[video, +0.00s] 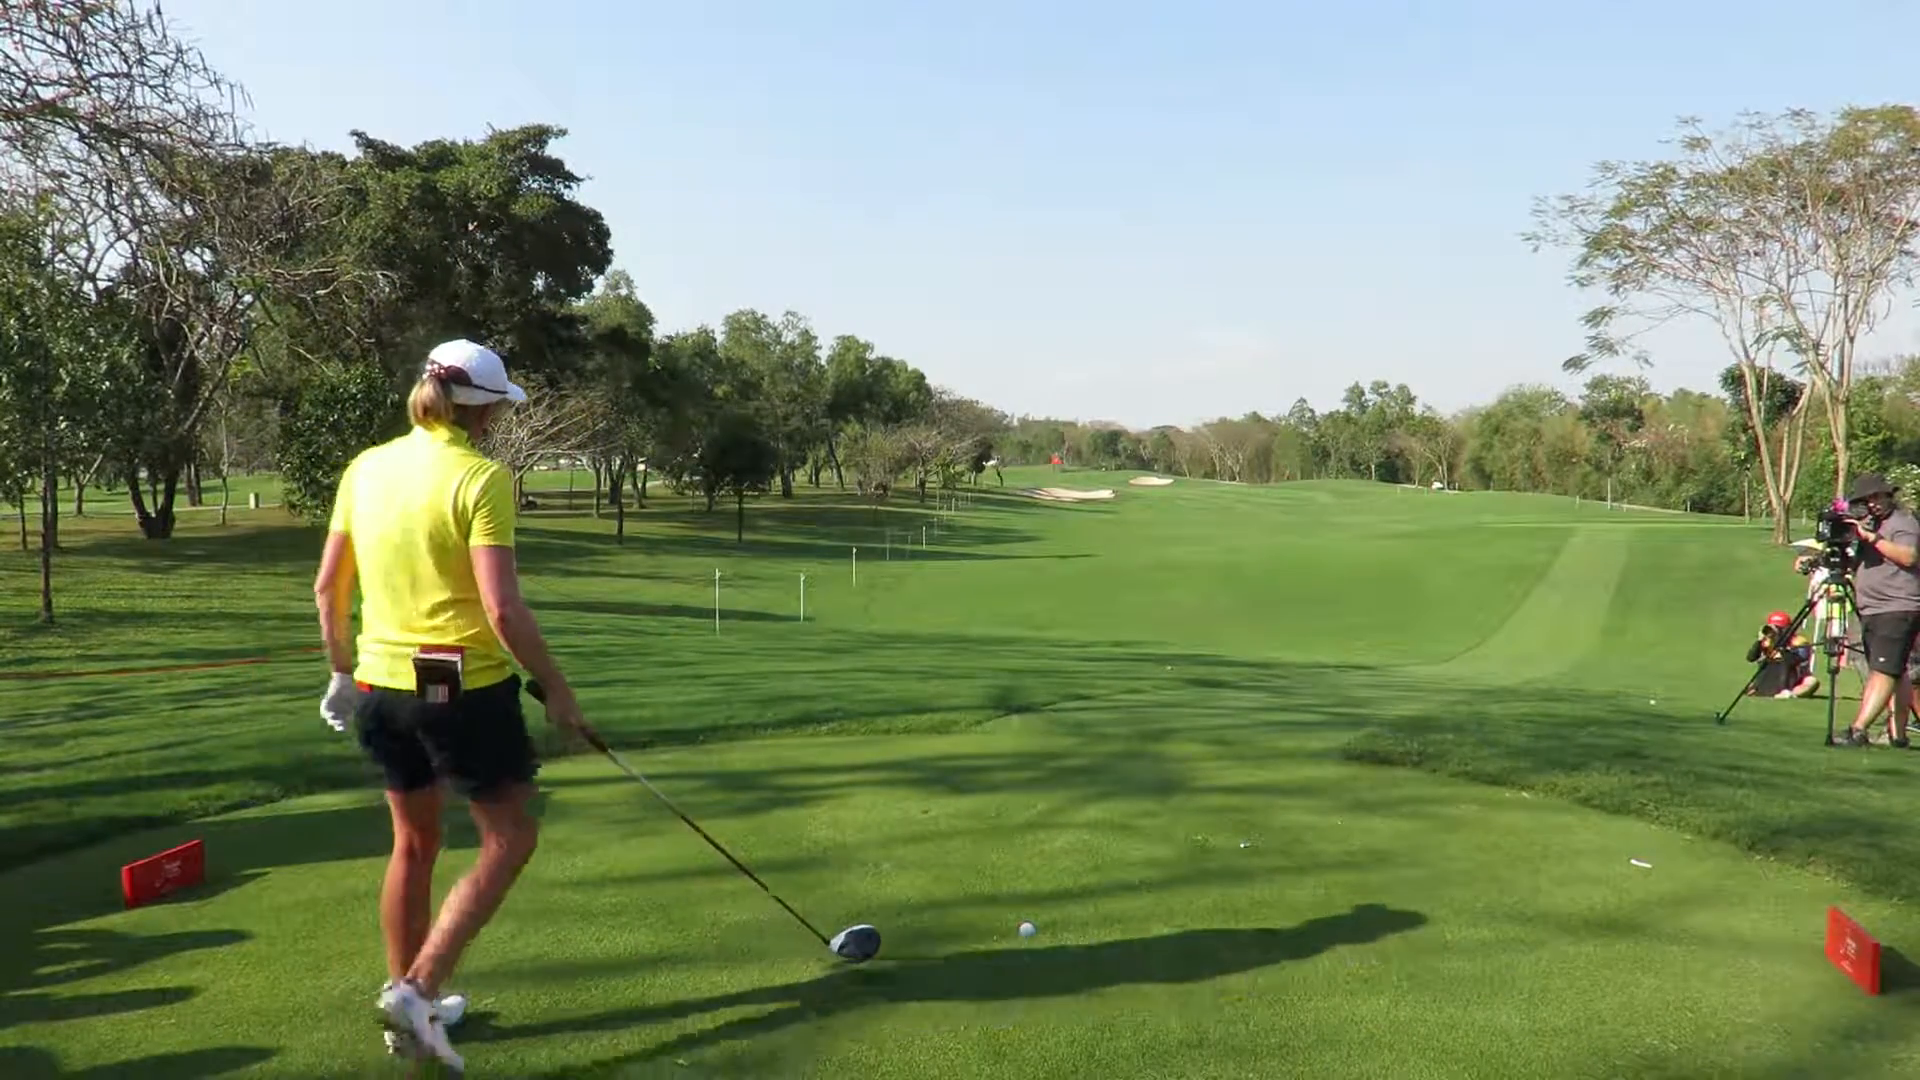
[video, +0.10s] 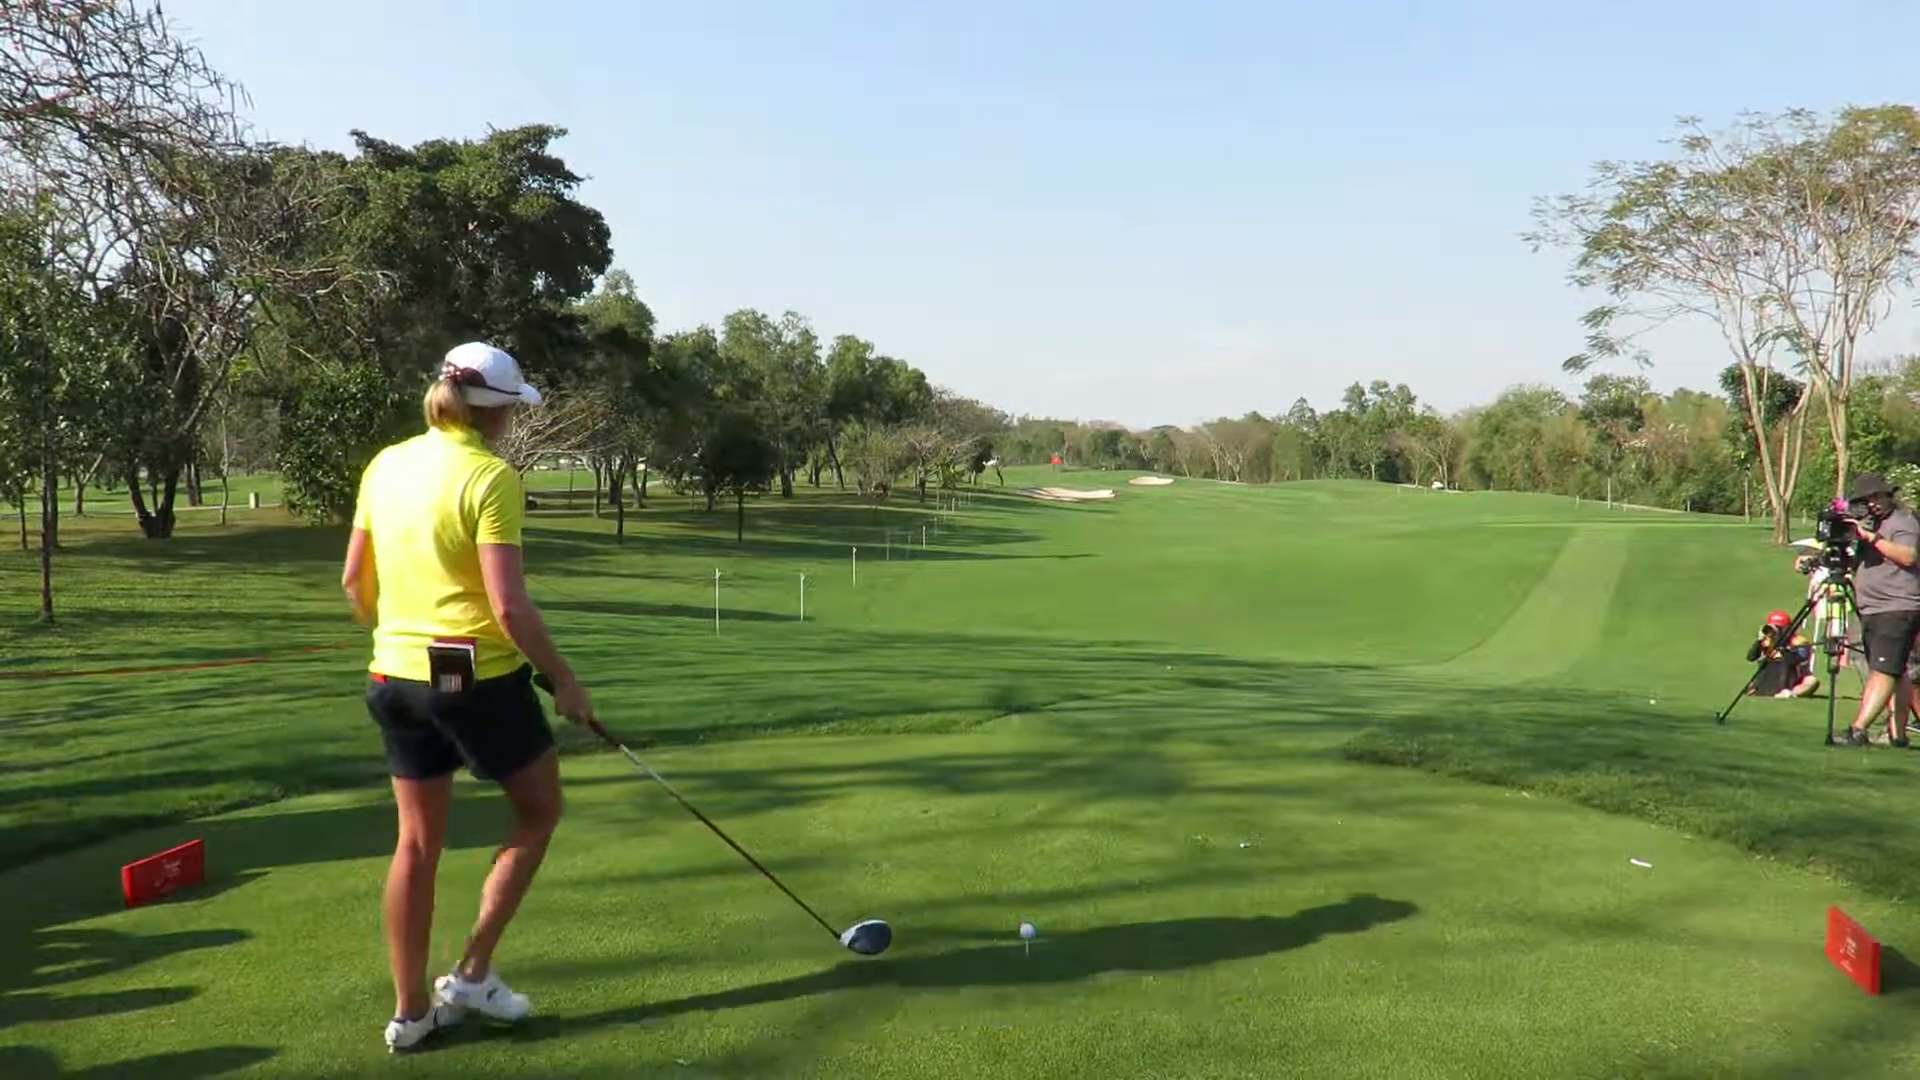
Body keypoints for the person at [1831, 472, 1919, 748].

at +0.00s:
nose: (1873, 505)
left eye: (1877, 499)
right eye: (1867, 501)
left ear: (1889, 497)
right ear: (1863, 505)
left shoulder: (1902, 522)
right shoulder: (1870, 526)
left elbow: (1909, 557)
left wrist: (1872, 538)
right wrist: (1844, 536)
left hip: (1898, 608)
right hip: (1873, 609)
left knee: (1883, 669)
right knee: (1893, 673)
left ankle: (1858, 728)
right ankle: (1898, 734)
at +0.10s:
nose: (1871, 506)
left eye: (1875, 499)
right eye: (1866, 502)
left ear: (1887, 497)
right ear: (1863, 505)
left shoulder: (1902, 522)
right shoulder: (1871, 526)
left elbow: (1908, 557)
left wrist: (1871, 538)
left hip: (1898, 607)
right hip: (1873, 608)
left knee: (1883, 669)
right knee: (1893, 673)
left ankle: (1858, 728)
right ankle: (1898, 733)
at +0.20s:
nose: (1872, 506)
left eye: (1876, 499)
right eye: (1867, 501)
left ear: (1889, 497)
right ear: (1862, 504)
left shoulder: (1902, 521)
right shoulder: (1873, 526)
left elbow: (1908, 556)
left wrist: (1871, 538)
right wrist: (1845, 536)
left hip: (1897, 607)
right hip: (1873, 607)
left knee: (1883, 669)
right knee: (1895, 673)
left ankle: (1858, 728)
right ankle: (1898, 732)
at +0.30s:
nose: (1872, 505)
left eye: (1876, 499)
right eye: (1867, 501)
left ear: (1889, 496)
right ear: (1862, 504)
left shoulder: (1902, 521)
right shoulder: (1872, 526)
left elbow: (1908, 556)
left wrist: (1872, 538)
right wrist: (1845, 536)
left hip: (1897, 607)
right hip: (1873, 607)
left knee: (1883, 669)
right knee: (1894, 673)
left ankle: (1858, 728)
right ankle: (1898, 732)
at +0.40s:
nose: (1871, 505)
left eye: (1876, 499)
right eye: (1866, 501)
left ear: (1888, 496)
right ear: (1863, 503)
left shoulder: (1902, 521)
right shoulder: (1873, 525)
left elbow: (1907, 556)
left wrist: (1870, 538)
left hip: (1897, 607)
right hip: (1874, 607)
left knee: (1883, 668)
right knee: (1894, 672)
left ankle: (1858, 728)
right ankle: (1898, 732)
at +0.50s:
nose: (1871, 505)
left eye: (1875, 498)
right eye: (1866, 501)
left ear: (1889, 496)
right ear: (1863, 503)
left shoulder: (1902, 521)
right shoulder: (1873, 525)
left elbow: (1906, 556)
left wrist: (1870, 538)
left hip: (1897, 606)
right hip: (1874, 607)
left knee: (1884, 668)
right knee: (1894, 672)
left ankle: (1858, 727)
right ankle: (1898, 731)